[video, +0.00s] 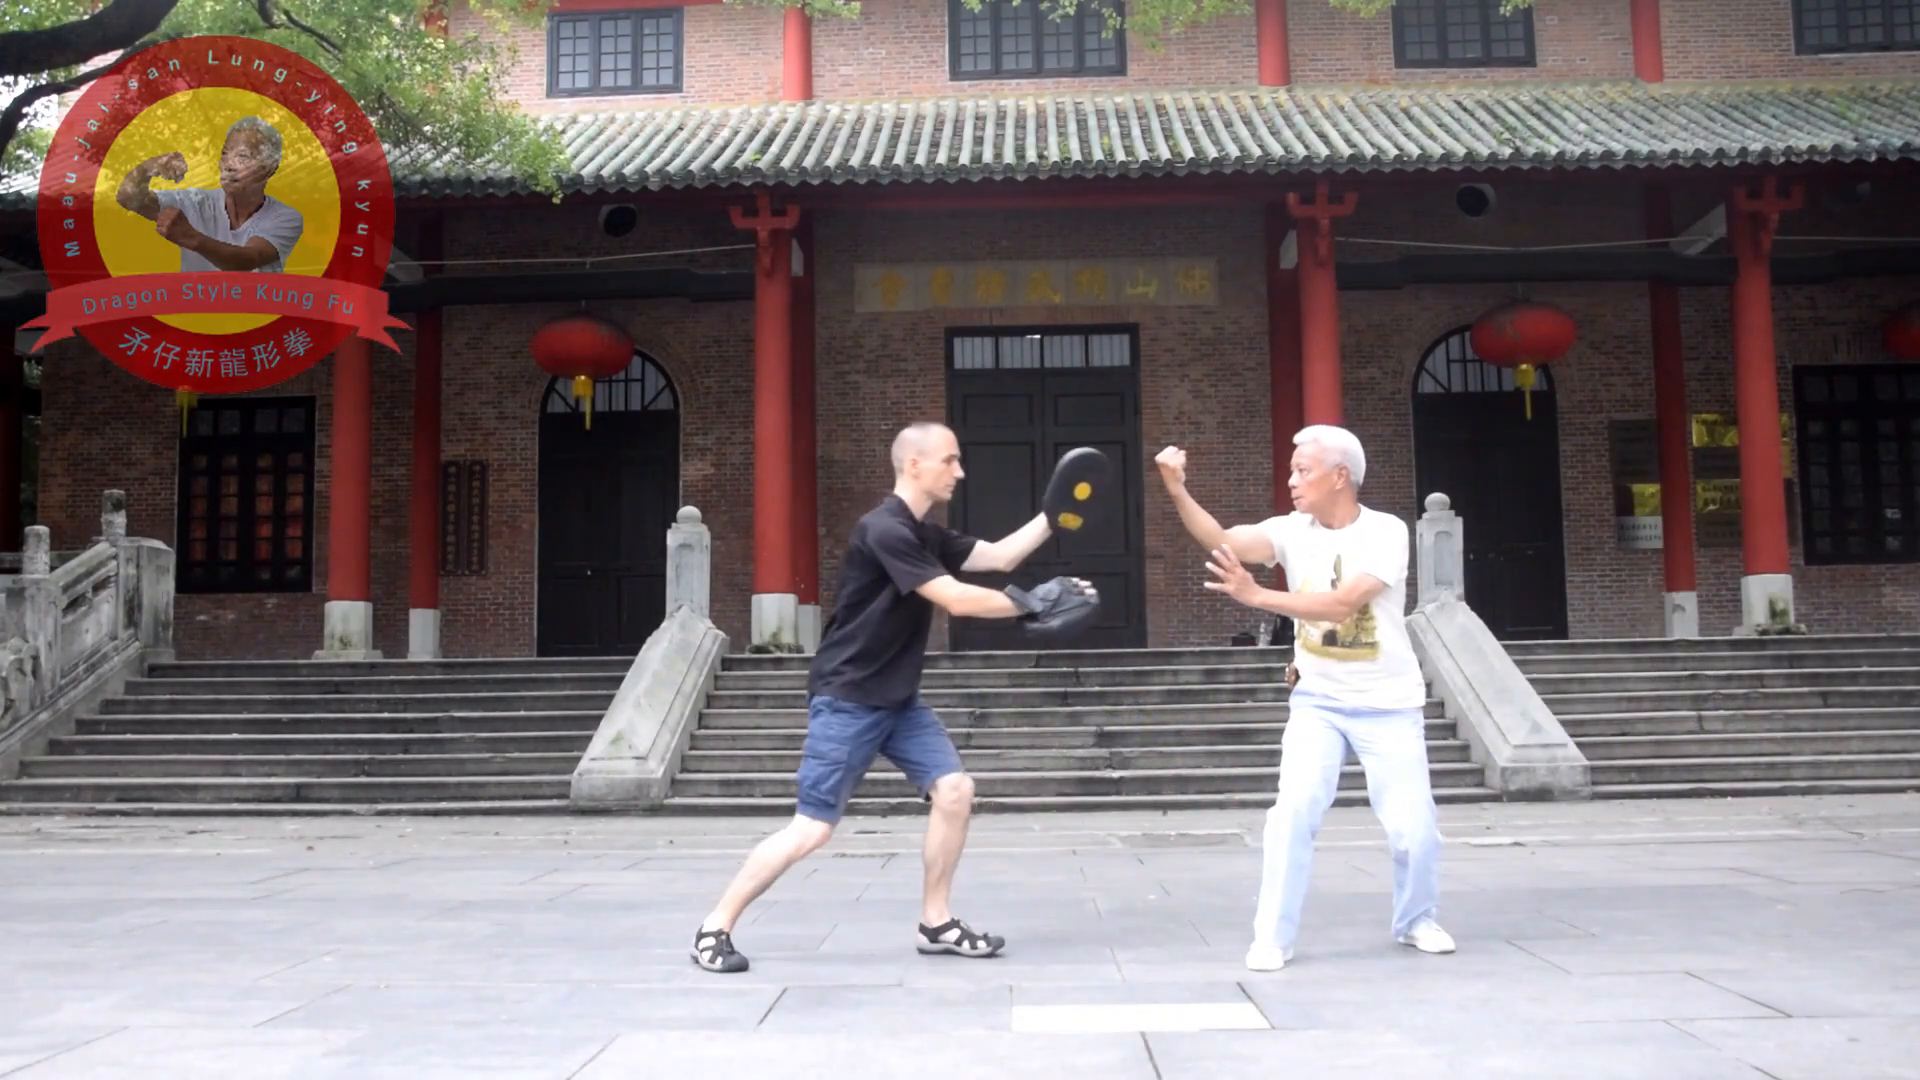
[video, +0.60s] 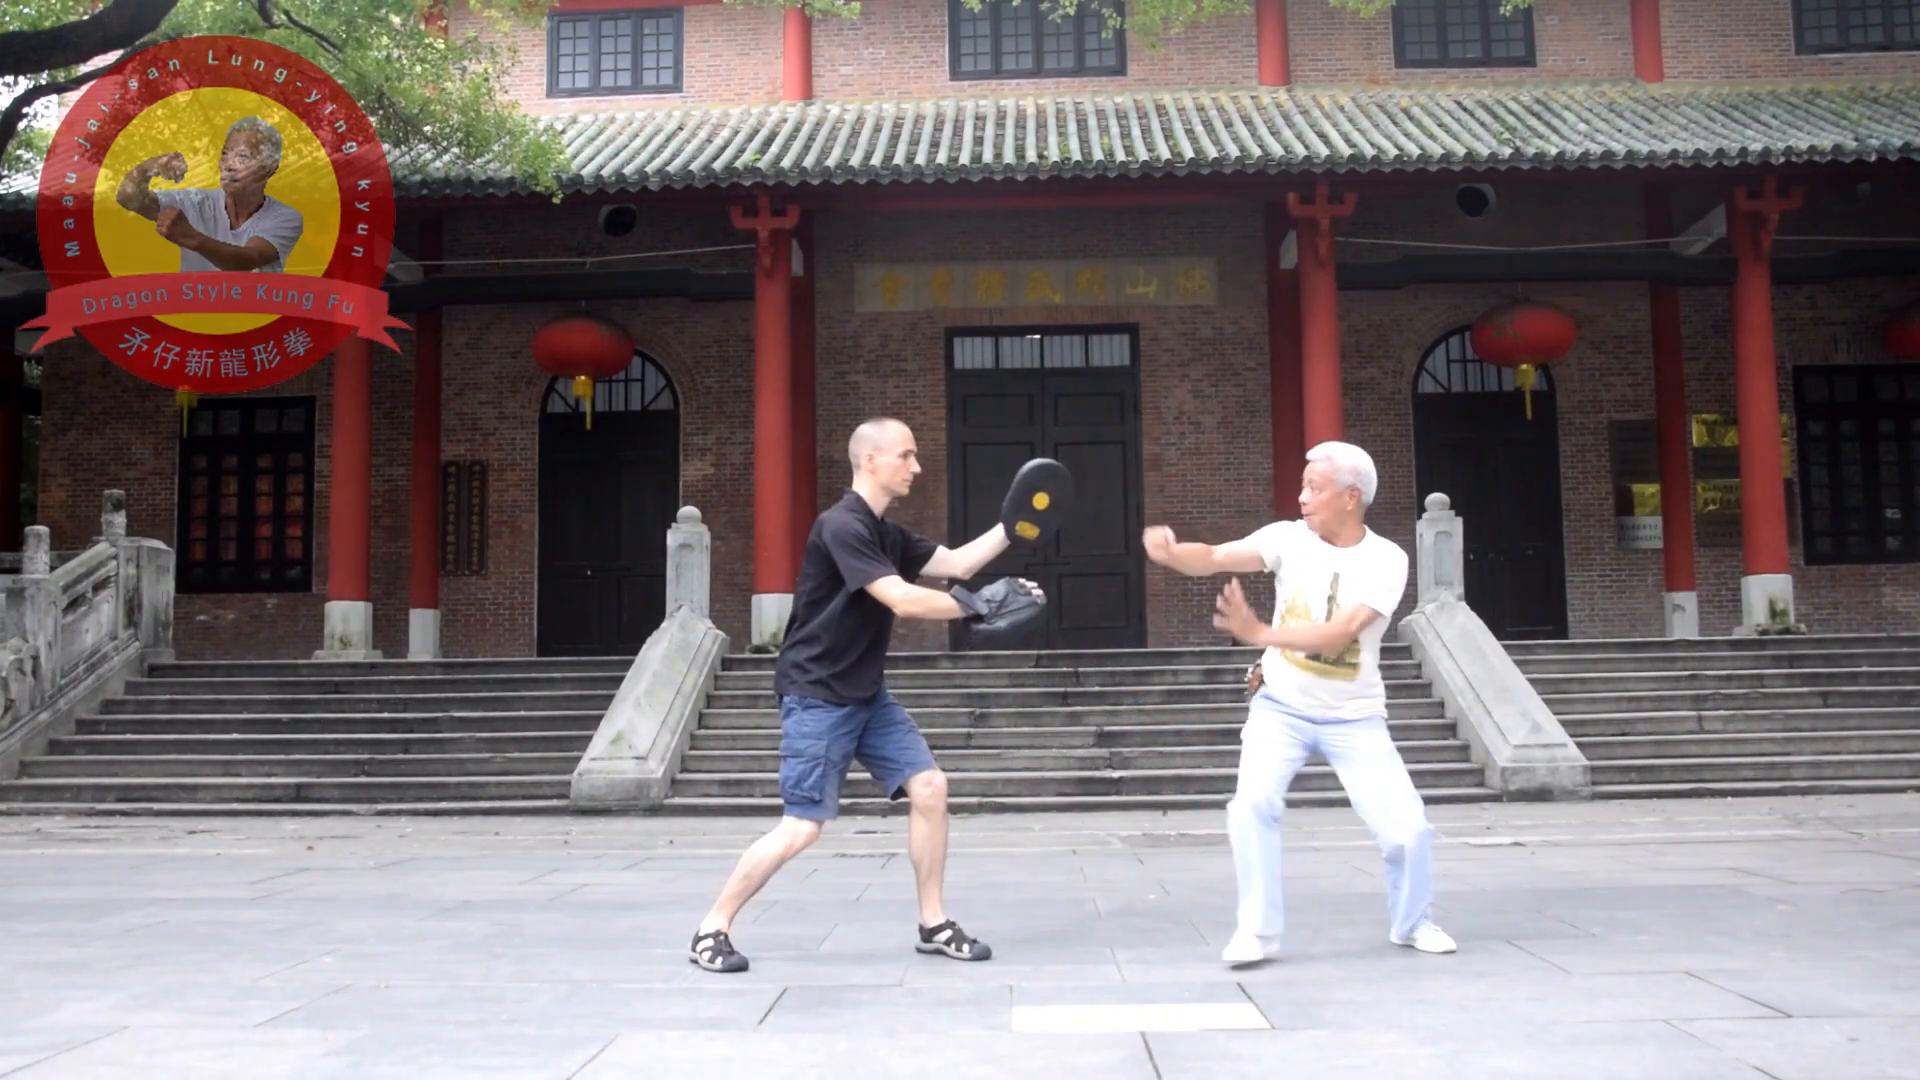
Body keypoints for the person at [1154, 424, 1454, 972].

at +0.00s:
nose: (1291, 481)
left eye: (1301, 471)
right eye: (1291, 471)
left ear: (1340, 476)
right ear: (1315, 477)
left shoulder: (1387, 532)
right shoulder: (1293, 530)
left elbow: (1343, 604)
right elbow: (1227, 543)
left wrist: (1256, 595)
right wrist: (1178, 490)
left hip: (1389, 705)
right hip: (1317, 703)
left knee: (1415, 827)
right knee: (1294, 812)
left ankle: (1418, 920)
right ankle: (1271, 939)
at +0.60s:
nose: (1302, 498)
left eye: (1313, 488)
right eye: (1302, 487)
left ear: (1351, 498)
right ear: (1339, 496)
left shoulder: (1387, 559)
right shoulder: (1288, 537)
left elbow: (1340, 635)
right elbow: (1217, 558)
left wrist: (1258, 633)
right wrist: (1168, 552)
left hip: (1355, 717)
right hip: (1279, 709)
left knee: (1409, 830)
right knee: (1252, 805)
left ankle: (1412, 923)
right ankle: (1256, 932)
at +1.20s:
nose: (1017, 483)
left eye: (1021, 473)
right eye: (1021, 473)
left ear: (1042, 482)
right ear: (1069, 483)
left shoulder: (1043, 542)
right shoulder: (1097, 517)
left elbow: (989, 606)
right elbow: (1016, 505)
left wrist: (958, 598)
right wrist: (952, 477)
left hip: (1129, 706)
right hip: (1129, 703)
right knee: (1042, 807)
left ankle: (1224, 913)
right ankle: (1055, 941)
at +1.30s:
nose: (1003, 475)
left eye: (1007, 467)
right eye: (1008, 466)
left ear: (1026, 476)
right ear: (1061, 477)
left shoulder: (1026, 535)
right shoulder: (1089, 513)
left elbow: (966, 598)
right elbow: (1007, 493)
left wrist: (938, 559)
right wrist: (945, 470)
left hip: (1098, 701)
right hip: (1144, 697)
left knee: (1052, 820)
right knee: (1037, 808)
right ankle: (1050, 943)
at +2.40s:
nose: (923, 472)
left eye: (927, 462)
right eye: (925, 461)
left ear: (948, 471)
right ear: (983, 476)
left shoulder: (923, 525)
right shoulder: (1019, 518)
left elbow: (885, 601)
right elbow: (946, 511)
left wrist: (870, 575)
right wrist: (882, 491)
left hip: (985, 705)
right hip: (1049, 700)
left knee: (990, 857)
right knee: (994, 828)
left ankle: (1077, 970)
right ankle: (1003, 950)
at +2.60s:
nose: (869, 488)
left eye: (874, 478)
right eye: (871, 477)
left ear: (896, 486)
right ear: (924, 490)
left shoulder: (869, 533)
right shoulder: (969, 535)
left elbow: (803, 566)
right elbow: (989, 513)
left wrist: (798, 539)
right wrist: (938, 500)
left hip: (912, 725)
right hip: (962, 722)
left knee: (960, 859)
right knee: (844, 793)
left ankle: (1068, 964)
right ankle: (786, 911)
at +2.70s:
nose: (829, 489)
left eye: (837, 479)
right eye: (833, 479)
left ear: (863, 491)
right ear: (880, 493)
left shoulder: (832, 542)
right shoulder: (925, 544)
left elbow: (754, 574)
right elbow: (966, 509)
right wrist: (952, 450)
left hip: (869, 731)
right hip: (901, 724)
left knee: (930, 842)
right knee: (791, 810)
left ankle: (1043, 940)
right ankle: (748, 927)